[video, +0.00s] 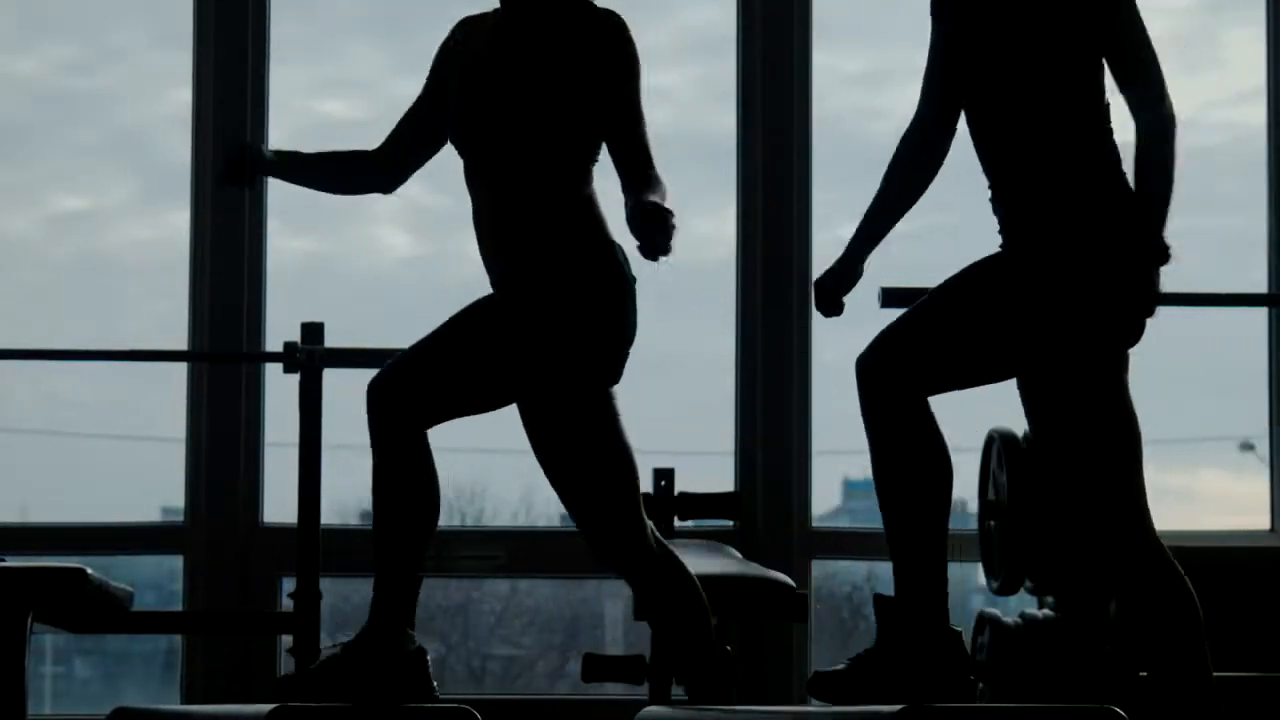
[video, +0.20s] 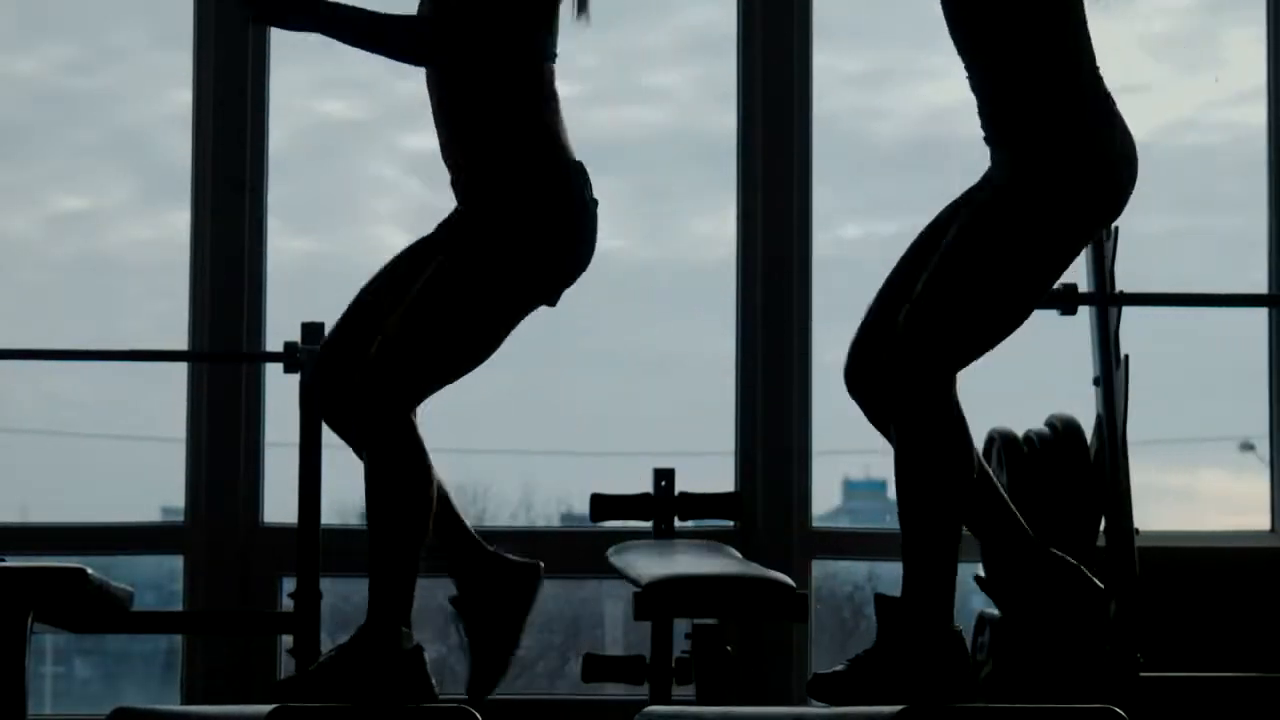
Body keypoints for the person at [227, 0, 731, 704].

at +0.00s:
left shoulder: (598, 34)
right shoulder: (473, 43)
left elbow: (636, 167)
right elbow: (384, 168)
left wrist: (649, 213)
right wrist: (268, 162)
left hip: (576, 298)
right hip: (528, 298)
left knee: (397, 398)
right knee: (619, 531)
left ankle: (388, 643)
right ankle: (723, 700)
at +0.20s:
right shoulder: (458, 2)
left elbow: (434, 41)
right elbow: (416, 43)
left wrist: (317, 17)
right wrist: (307, 18)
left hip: (534, 216)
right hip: (483, 211)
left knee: (382, 398)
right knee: (336, 385)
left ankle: (386, 642)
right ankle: (484, 577)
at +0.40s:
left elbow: (367, 20)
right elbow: (560, 93)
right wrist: (584, 238)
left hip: (533, 194)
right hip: (472, 171)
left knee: (402, 387)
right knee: (301, 93)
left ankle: (385, 642)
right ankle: (321, 326)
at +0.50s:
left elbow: (399, 37)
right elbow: (516, 120)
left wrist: (256, 65)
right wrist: (543, 266)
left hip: (539, 203)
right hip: (481, 183)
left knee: (402, 393)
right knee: (301, 134)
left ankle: (386, 643)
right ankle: (340, 356)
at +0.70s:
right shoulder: (499, 5)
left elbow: (518, 127)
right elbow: (496, 128)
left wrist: (409, 232)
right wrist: (407, 232)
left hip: (563, 216)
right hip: (519, 214)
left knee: (441, 410)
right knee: (404, 409)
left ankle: (388, 640)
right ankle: (541, 591)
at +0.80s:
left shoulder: (637, 10)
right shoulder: (535, 20)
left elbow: (654, 136)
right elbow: (476, 143)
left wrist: (635, 242)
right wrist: (354, 225)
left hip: (598, 275)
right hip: (557, 274)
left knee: (452, 407)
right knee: (553, 491)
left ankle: (390, 641)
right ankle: (662, 670)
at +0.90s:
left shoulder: (662, 66)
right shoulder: (562, 84)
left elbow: (722, 193)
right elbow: (461, 187)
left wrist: (734, 299)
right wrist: (326, 236)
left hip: (660, 331)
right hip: (611, 334)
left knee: (490, 412)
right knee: (651, 555)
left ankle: (402, 637)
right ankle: (768, 712)